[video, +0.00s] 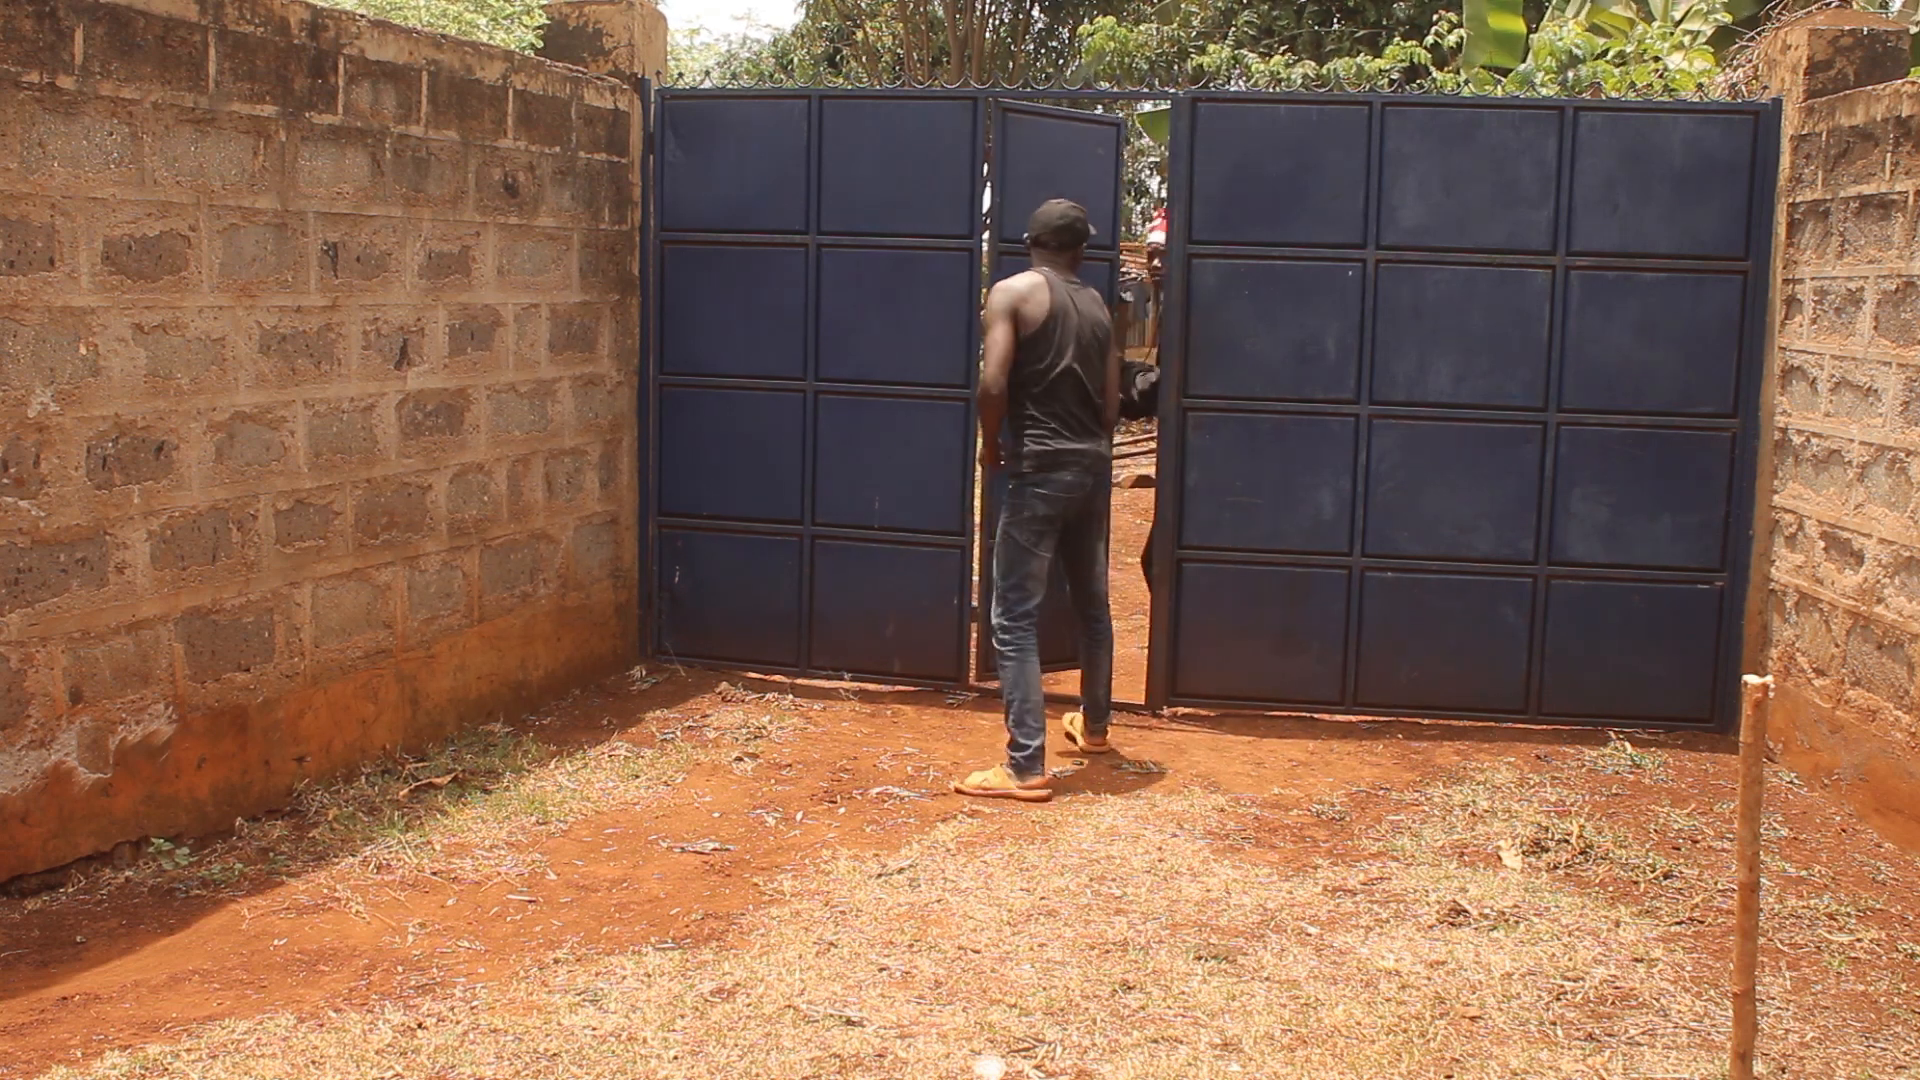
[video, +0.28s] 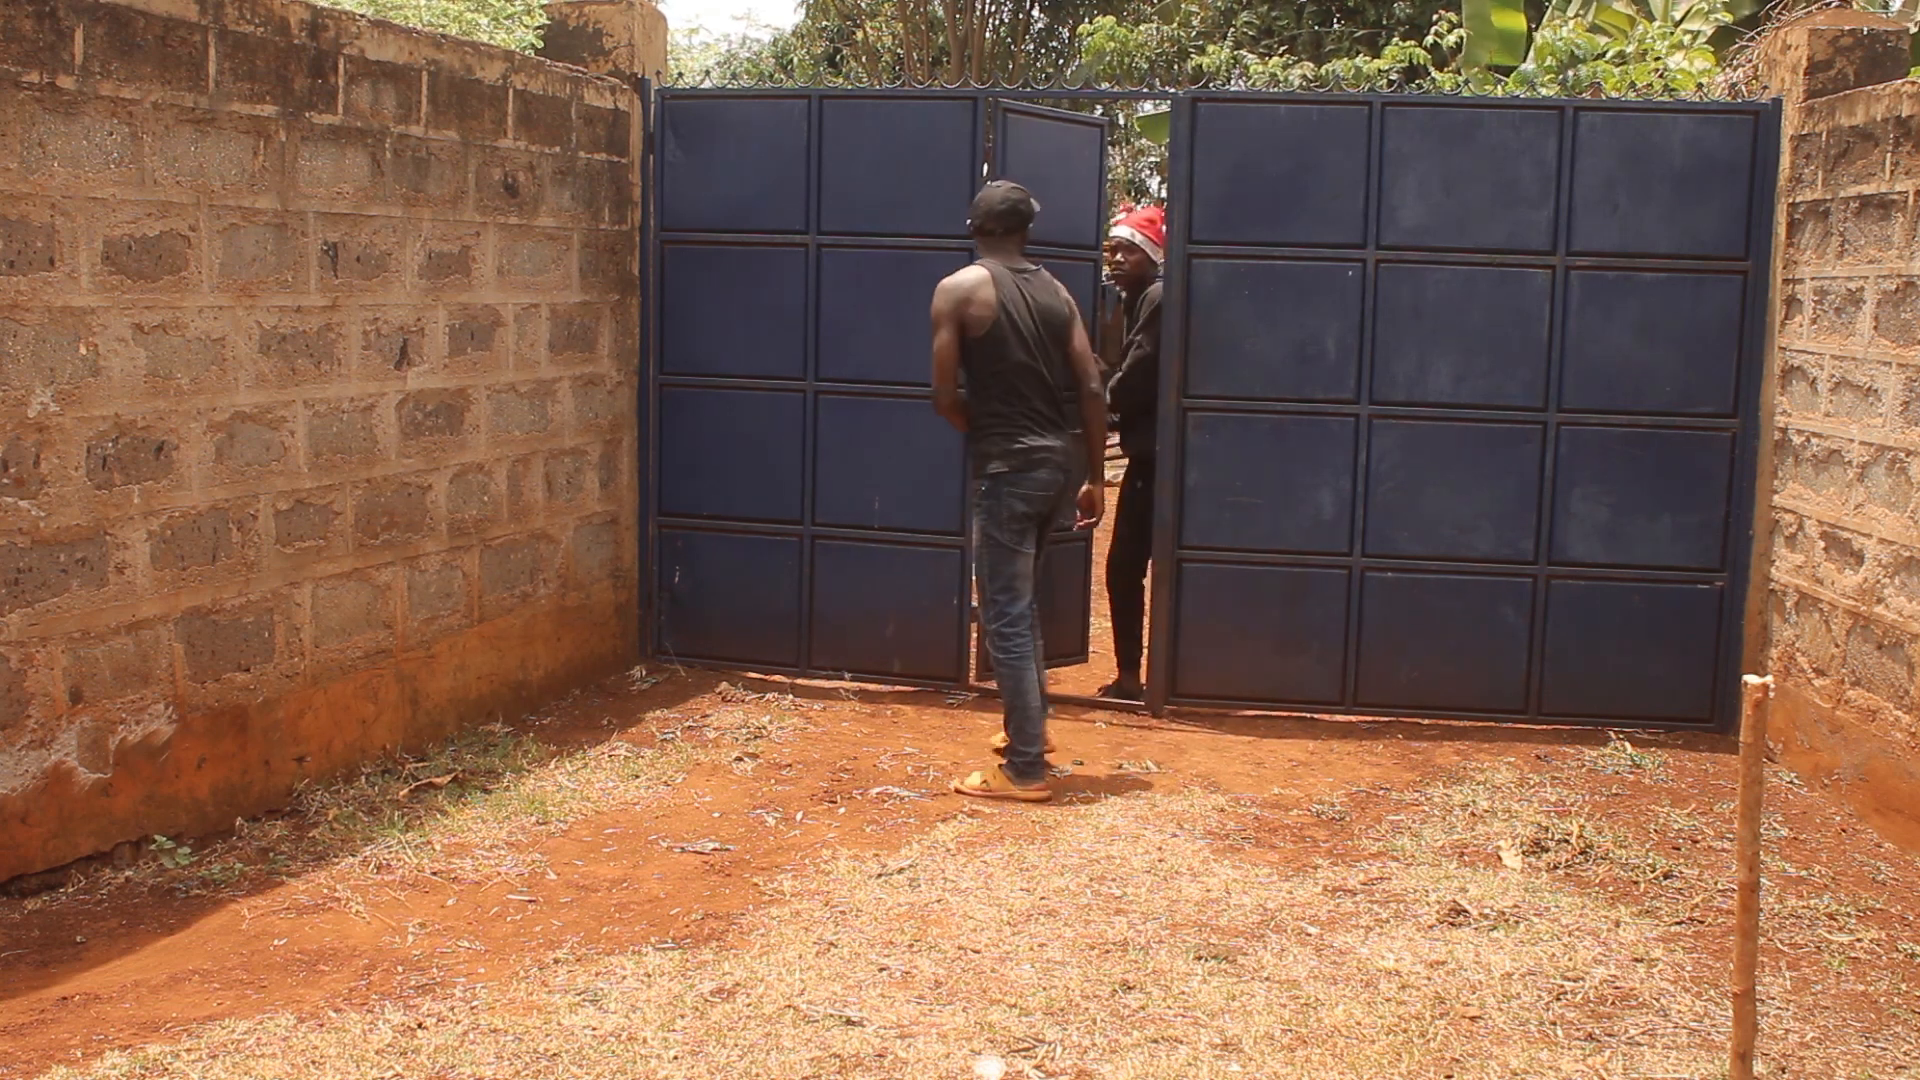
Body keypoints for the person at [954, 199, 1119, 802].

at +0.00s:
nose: (1027, 247)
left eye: (1028, 239)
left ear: (1032, 243)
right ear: (1081, 250)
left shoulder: (1009, 293)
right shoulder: (1098, 303)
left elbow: (992, 386)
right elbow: (1111, 400)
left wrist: (989, 446)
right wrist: (1092, 449)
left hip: (1036, 473)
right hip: (1093, 472)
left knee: (1015, 618)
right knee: (1093, 608)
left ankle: (1026, 766)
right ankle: (1095, 727)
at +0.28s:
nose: (969, 234)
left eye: (970, 226)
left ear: (976, 230)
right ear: (1028, 232)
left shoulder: (958, 289)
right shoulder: (1059, 294)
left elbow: (945, 396)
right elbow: (1092, 388)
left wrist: (981, 428)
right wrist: (1095, 473)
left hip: (1009, 468)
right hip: (1062, 464)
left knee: (1010, 617)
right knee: (1020, 603)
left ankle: (1027, 763)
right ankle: (1028, 731)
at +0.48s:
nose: (951, 235)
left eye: (949, 226)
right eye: (1006, 227)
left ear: (953, 230)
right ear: (1006, 230)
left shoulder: (928, 294)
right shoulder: (1041, 297)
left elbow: (932, 374)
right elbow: (1066, 392)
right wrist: (1084, 485)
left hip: (973, 471)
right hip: (1025, 469)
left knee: (989, 621)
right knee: (958, 598)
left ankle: (1024, 764)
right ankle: (934, 735)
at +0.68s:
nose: (994, 231)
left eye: (953, 221)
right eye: (997, 222)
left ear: (943, 225)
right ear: (997, 226)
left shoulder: (911, 280)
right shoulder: (1024, 296)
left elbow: (943, 318)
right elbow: (1026, 397)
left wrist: (1003, 282)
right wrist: (1033, 490)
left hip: (932, 469)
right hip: (995, 470)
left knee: (912, 597)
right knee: (962, 606)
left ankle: (966, 716)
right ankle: (935, 743)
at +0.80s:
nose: (995, 228)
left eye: (989, 221)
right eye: (994, 221)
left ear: (937, 222)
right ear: (990, 225)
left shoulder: (902, 276)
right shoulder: (1009, 293)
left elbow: (937, 315)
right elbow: (1002, 393)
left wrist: (999, 284)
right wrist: (1013, 479)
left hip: (911, 456)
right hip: (974, 463)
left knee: (902, 579)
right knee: (958, 604)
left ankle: (897, 698)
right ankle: (935, 739)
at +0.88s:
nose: (993, 227)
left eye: (990, 218)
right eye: (992, 219)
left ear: (934, 222)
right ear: (982, 224)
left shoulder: (899, 274)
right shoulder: (996, 291)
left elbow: (931, 321)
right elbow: (987, 392)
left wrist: (994, 291)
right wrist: (1006, 474)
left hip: (899, 451)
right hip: (958, 460)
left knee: (904, 577)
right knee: (951, 601)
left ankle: (861, 703)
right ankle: (934, 741)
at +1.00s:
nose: (989, 227)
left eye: (987, 219)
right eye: (987, 219)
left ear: (931, 221)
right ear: (974, 223)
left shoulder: (896, 271)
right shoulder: (974, 288)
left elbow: (918, 334)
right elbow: (969, 392)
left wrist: (991, 304)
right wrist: (998, 472)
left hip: (886, 448)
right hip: (939, 461)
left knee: (901, 581)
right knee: (946, 603)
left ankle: (852, 704)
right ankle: (933, 740)